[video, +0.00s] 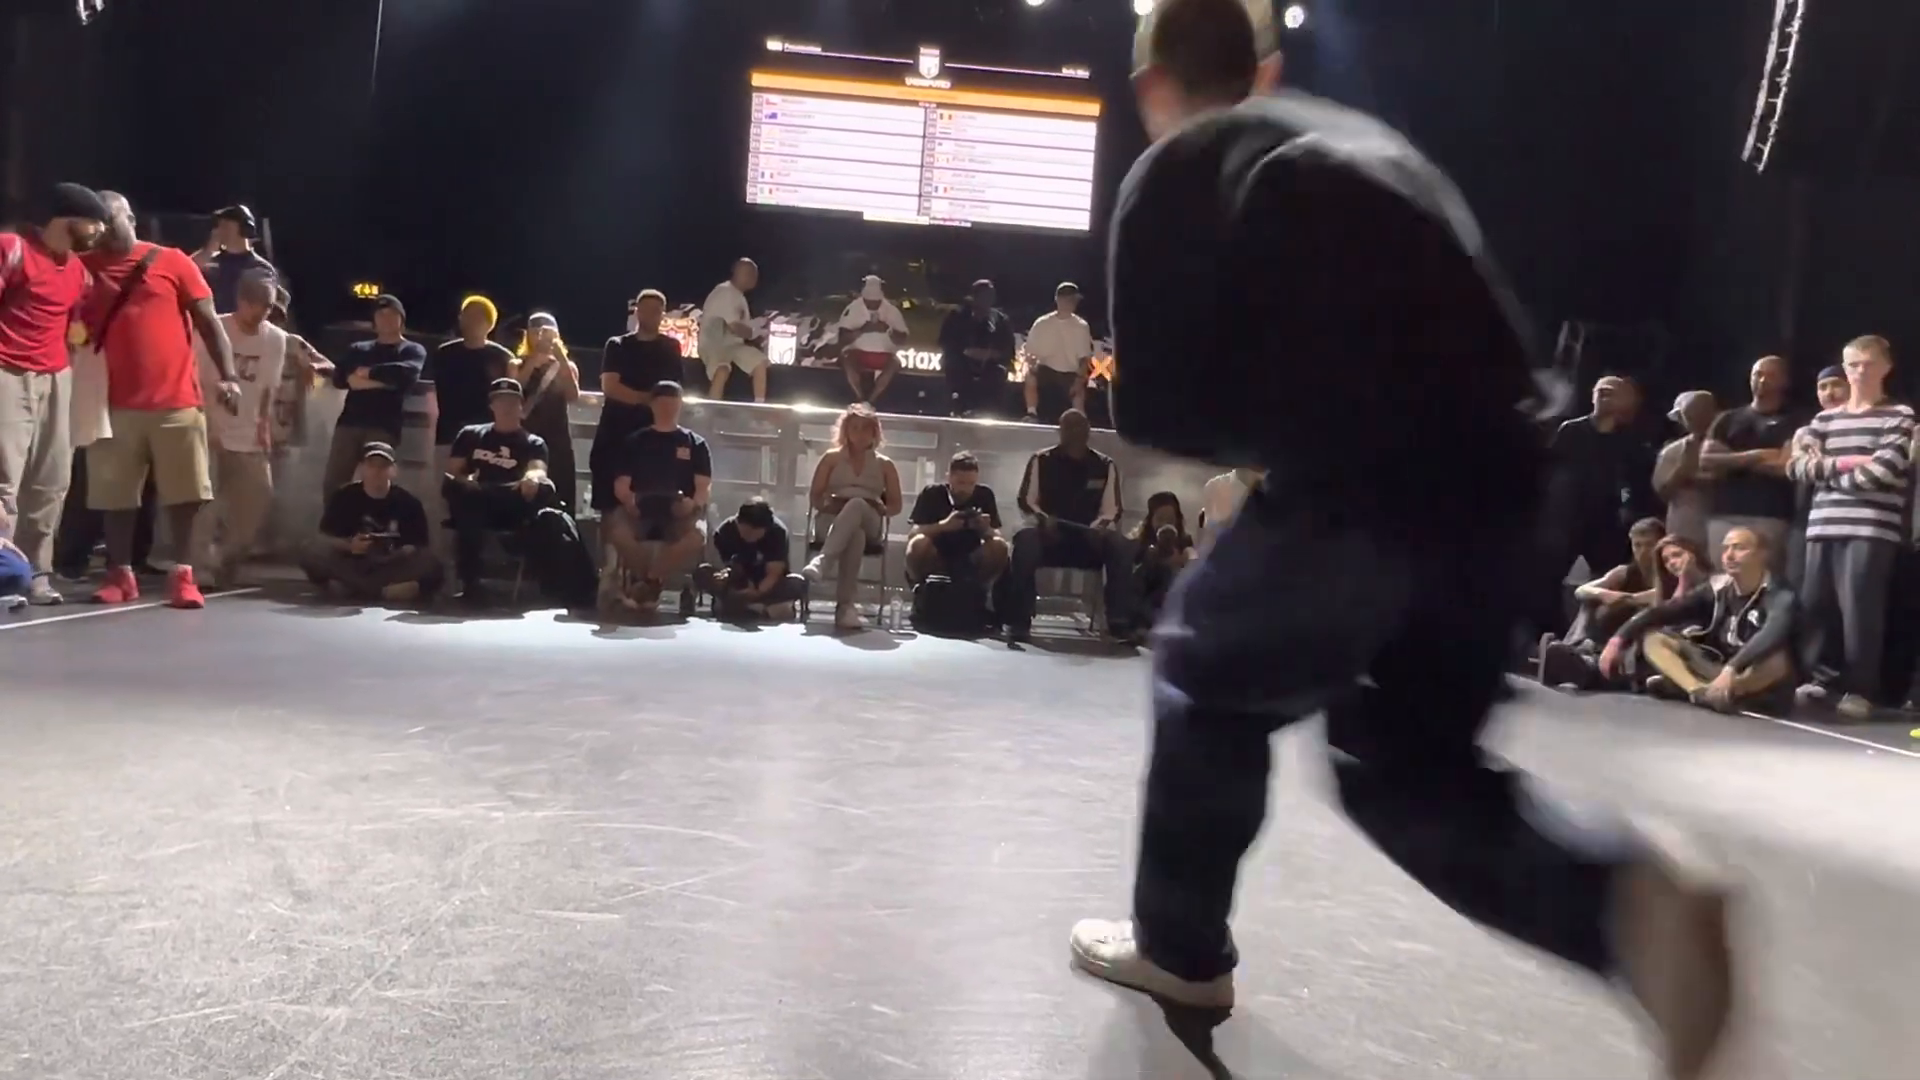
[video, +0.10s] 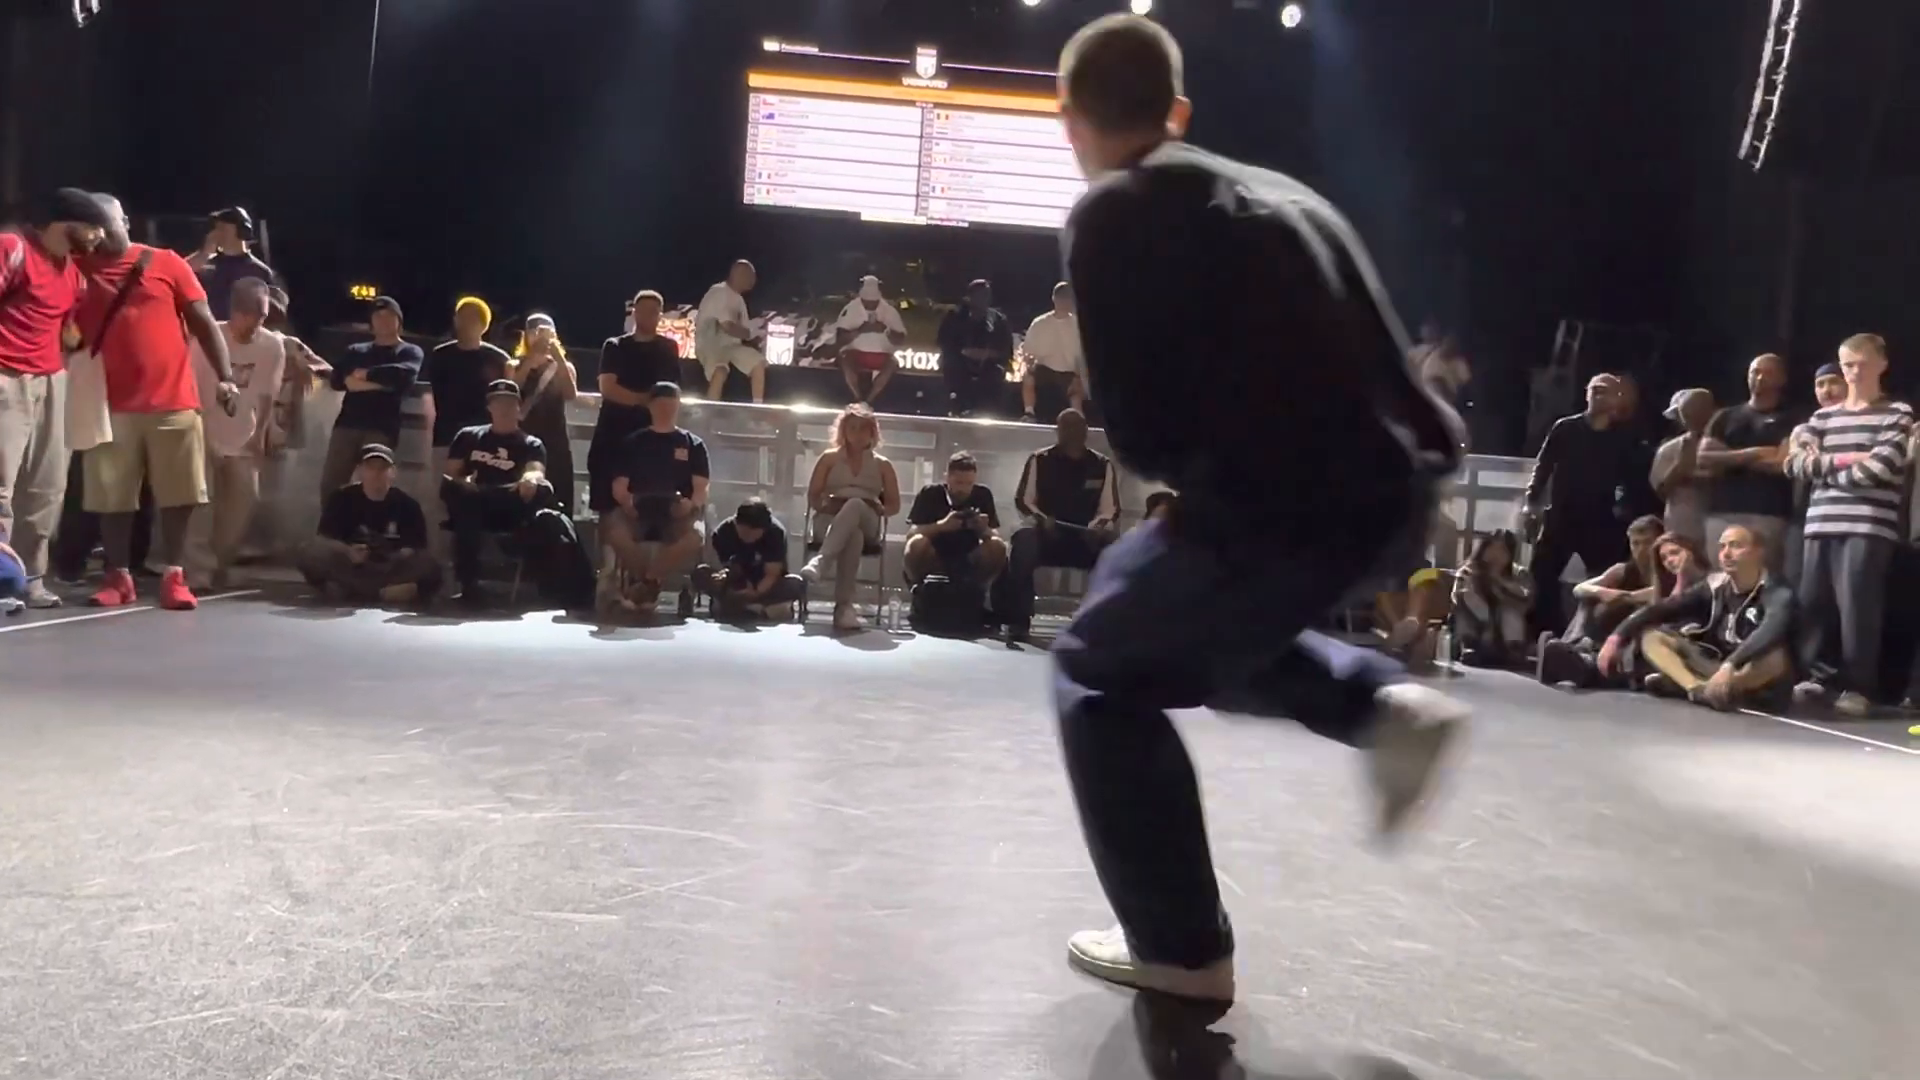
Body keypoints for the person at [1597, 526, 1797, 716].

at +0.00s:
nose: (1729, 555)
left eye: (1739, 548)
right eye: (1726, 548)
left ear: (1761, 554)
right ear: (1721, 554)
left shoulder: (1780, 595)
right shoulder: (1718, 588)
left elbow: (1775, 634)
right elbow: (1667, 612)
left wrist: (1731, 667)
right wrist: (1619, 640)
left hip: (1756, 674)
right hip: (1715, 666)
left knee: (1779, 661)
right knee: (1653, 640)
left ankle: (1697, 693)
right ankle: (1698, 691)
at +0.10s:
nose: (1726, 553)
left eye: (1736, 546)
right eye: (1723, 547)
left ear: (1758, 552)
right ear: (1718, 552)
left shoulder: (1777, 593)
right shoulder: (1715, 585)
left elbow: (1773, 630)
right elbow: (1666, 608)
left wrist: (1730, 664)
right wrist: (1617, 638)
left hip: (1755, 669)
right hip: (1713, 664)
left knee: (1776, 659)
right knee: (1651, 638)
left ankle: (1691, 690)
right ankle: (1697, 689)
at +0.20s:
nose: (1723, 551)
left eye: (1732, 544)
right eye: (1719, 545)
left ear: (1755, 549)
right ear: (1714, 550)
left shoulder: (1774, 592)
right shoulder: (1711, 584)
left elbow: (1769, 629)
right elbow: (1661, 607)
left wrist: (1726, 662)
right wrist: (1613, 636)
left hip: (1755, 674)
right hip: (1713, 664)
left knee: (1772, 656)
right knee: (1647, 635)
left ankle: (1693, 689)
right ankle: (1693, 687)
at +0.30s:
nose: (1719, 548)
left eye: (1730, 541)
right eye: (1716, 542)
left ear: (1752, 547)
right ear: (1711, 547)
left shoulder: (1770, 589)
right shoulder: (1708, 581)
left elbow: (1764, 626)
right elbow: (1658, 605)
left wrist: (1721, 658)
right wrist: (1610, 635)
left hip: (1752, 677)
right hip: (1709, 662)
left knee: (1768, 653)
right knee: (1645, 635)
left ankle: (1692, 687)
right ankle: (1689, 685)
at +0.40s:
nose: (1719, 548)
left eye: (1729, 541)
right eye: (1716, 542)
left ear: (1752, 548)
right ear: (1711, 547)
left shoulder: (1771, 590)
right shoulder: (1709, 583)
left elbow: (1762, 628)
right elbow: (1659, 605)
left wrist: (1718, 658)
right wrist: (1611, 635)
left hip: (1750, 672)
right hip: (1708, 661)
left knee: (1766, 654)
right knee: (1645, 637)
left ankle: (1688, 688)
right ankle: (1688, 685)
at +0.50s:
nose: (1723, 549)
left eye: (1733, 543)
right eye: (1720, 543)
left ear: (1755, 549)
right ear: (1715, 549)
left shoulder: (1775, 592)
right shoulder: (1713, 584)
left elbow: (1767, 628)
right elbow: (1663, 605)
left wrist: (1723, 658)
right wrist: (1615, 633)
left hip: (1755, 677)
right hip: (1714, 663)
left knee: (1769, 655)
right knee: (1648, 636)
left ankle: (1692, 688)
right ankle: (1690, 685)